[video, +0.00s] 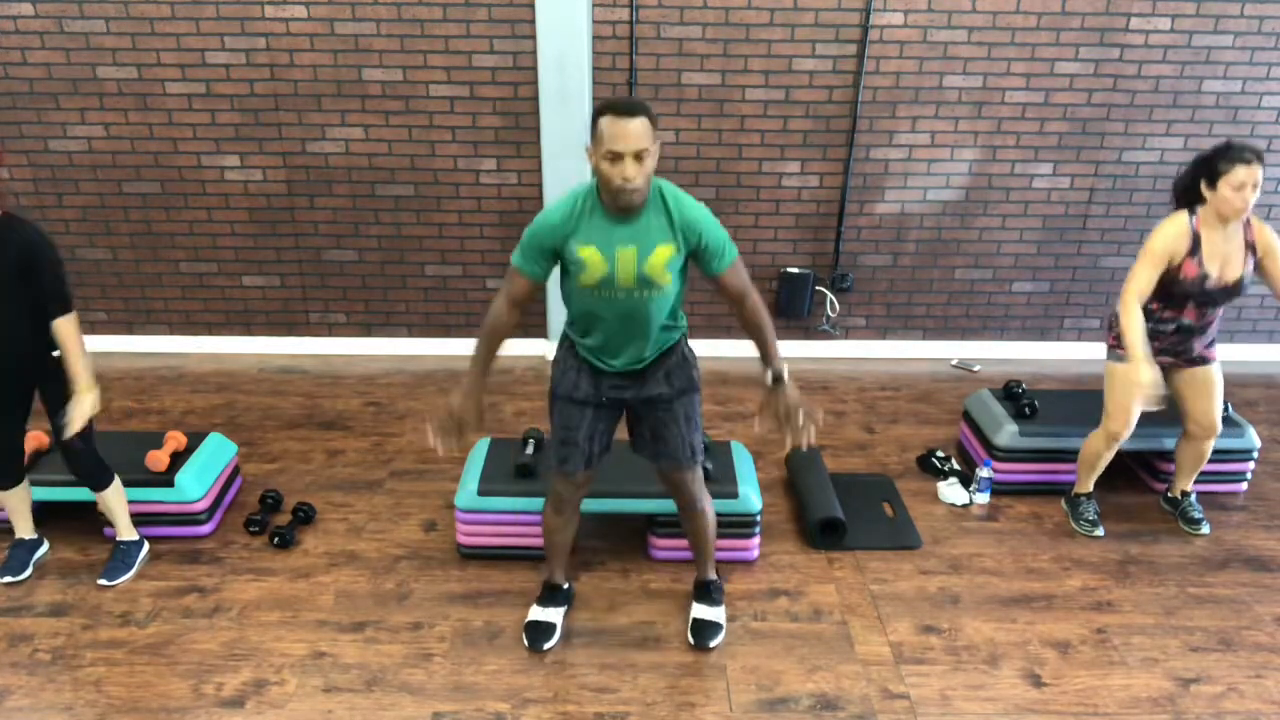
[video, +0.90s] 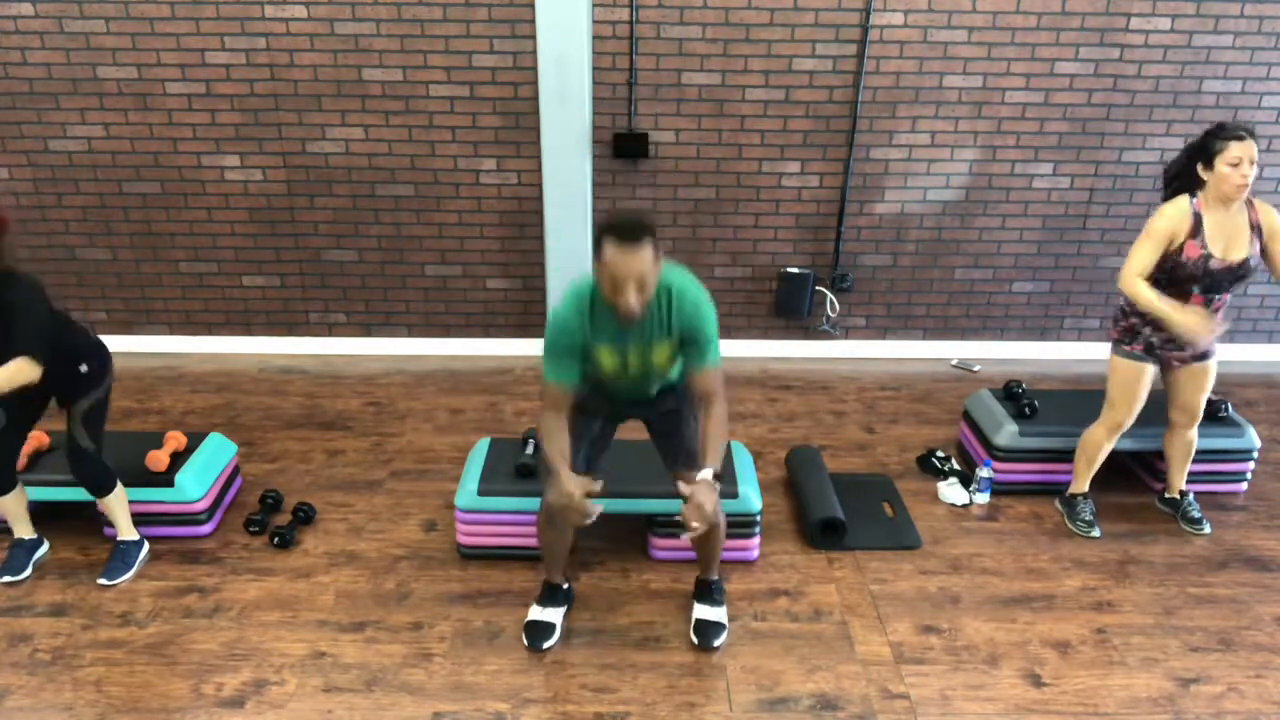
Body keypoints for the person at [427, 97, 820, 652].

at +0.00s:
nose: (629, 172)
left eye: (640, 157)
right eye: (615, 158)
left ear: (655, 156)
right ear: (592, 158)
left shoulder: (685, 216)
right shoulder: (557, 223)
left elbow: (742, 294)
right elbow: (510, 301)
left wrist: (778, 375)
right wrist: (470, 387)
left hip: (662, 363)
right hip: (584, 363)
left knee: (684, 479)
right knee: (566, 482)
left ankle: (708, 584)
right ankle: (554, 588)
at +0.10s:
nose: (628, 165)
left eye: (640, 150)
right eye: (615, 150)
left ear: (656, 148)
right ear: (593, 148)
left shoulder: (687, 204)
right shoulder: (558, 212)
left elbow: (743, 267)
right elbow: (503, 278)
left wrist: (777, 336)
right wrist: (464, 344)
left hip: (666, 370)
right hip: (586, 369)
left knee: (685, 480)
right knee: (569, 484)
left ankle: (708, 584)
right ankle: (555, 588)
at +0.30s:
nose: (632, 172)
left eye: (644, 157)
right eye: (618, 158)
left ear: (661, 148)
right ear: (596, 150)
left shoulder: (693, 196)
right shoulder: (562, 202)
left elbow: (732, 225)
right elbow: (503, 235)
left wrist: (760, 261)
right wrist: (464, 279)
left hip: (669, 368)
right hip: (592, 369)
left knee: (686, 476)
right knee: (572, 482)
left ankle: (708, 583)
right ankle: (555, 588)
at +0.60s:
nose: (631, 178)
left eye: (644, 163)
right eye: (617, 163)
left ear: (662, 153)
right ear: (596, 155)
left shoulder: (693, 205)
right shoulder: (564, 214)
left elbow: (739, 263)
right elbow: (506, 280)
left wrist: (767, 328)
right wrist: (473, 347)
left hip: (671, 366)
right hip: (593, 367)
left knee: (690, 478)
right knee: (573, 481)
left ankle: (709, 583)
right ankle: (556, 587)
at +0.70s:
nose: (630, 194)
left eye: (643, 179)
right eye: (616, 179)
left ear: (660, 168)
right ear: (596, 170)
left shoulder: (690, 219)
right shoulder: (564, 229)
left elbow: (731, 303)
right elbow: (524, 314)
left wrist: (752, 377)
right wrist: (502, 411)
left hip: (671, 364)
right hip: (593, 365)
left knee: (691, 477)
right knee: (574, 479)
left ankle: (709, 582)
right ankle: (555, 585)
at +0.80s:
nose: (629, 237)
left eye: (640, 220)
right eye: (615, 221)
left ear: (658, 205)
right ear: (596, 208)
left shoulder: (690, 251)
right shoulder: (567, 259)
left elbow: (721, 352)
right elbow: (542, 357)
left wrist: (726, 453)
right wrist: (536, 457)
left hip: (671, 367)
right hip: (592, 367)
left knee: (697, 485)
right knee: (563, 489)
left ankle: (708, 583)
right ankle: (555, 585)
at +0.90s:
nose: (630, 301)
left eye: (641, 285)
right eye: (617, 285)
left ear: (658, 268)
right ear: (598, 270)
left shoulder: (689, 300)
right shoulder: (571, 313)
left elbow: (713, 398)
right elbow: (554, 407)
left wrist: (707, 477)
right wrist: (561, 474)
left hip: (667, 393)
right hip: (595, 396)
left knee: (704, 496)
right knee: (558, 497)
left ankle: (710, 586)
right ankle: (554, 587)